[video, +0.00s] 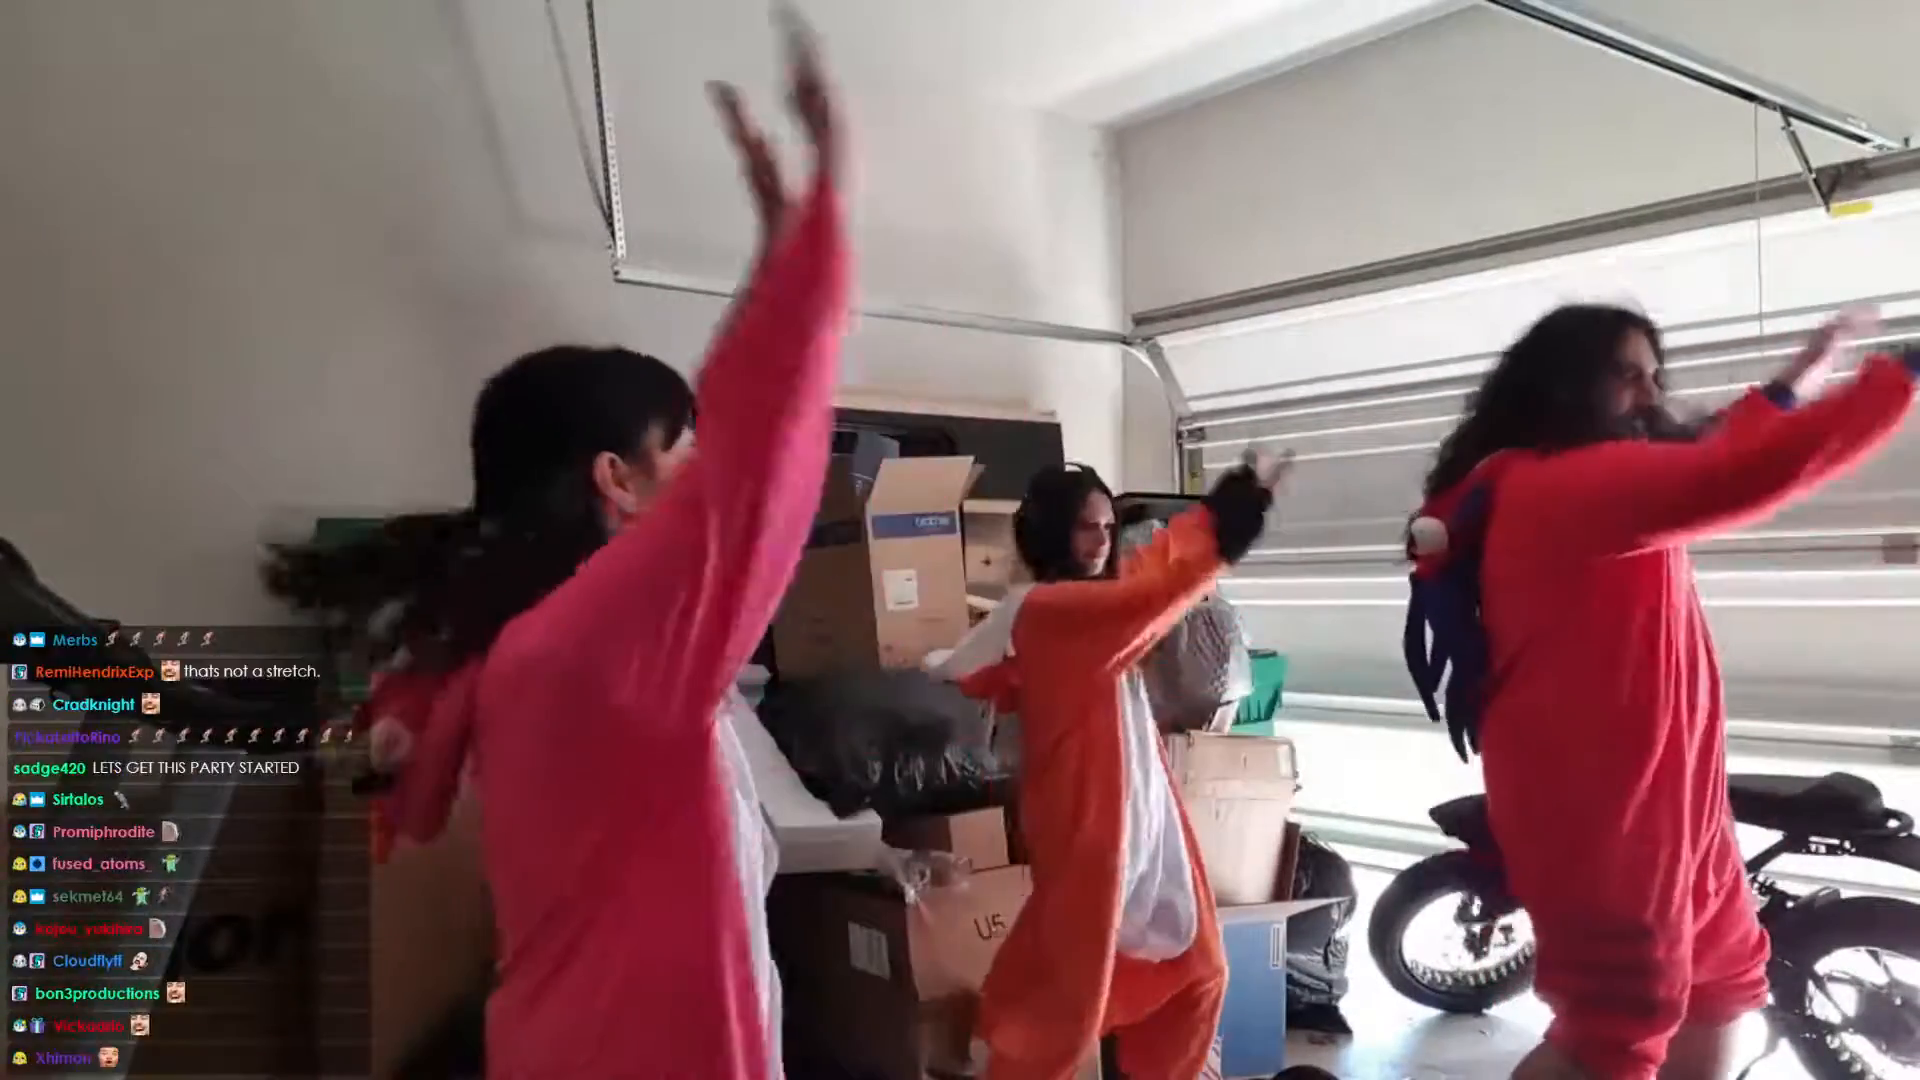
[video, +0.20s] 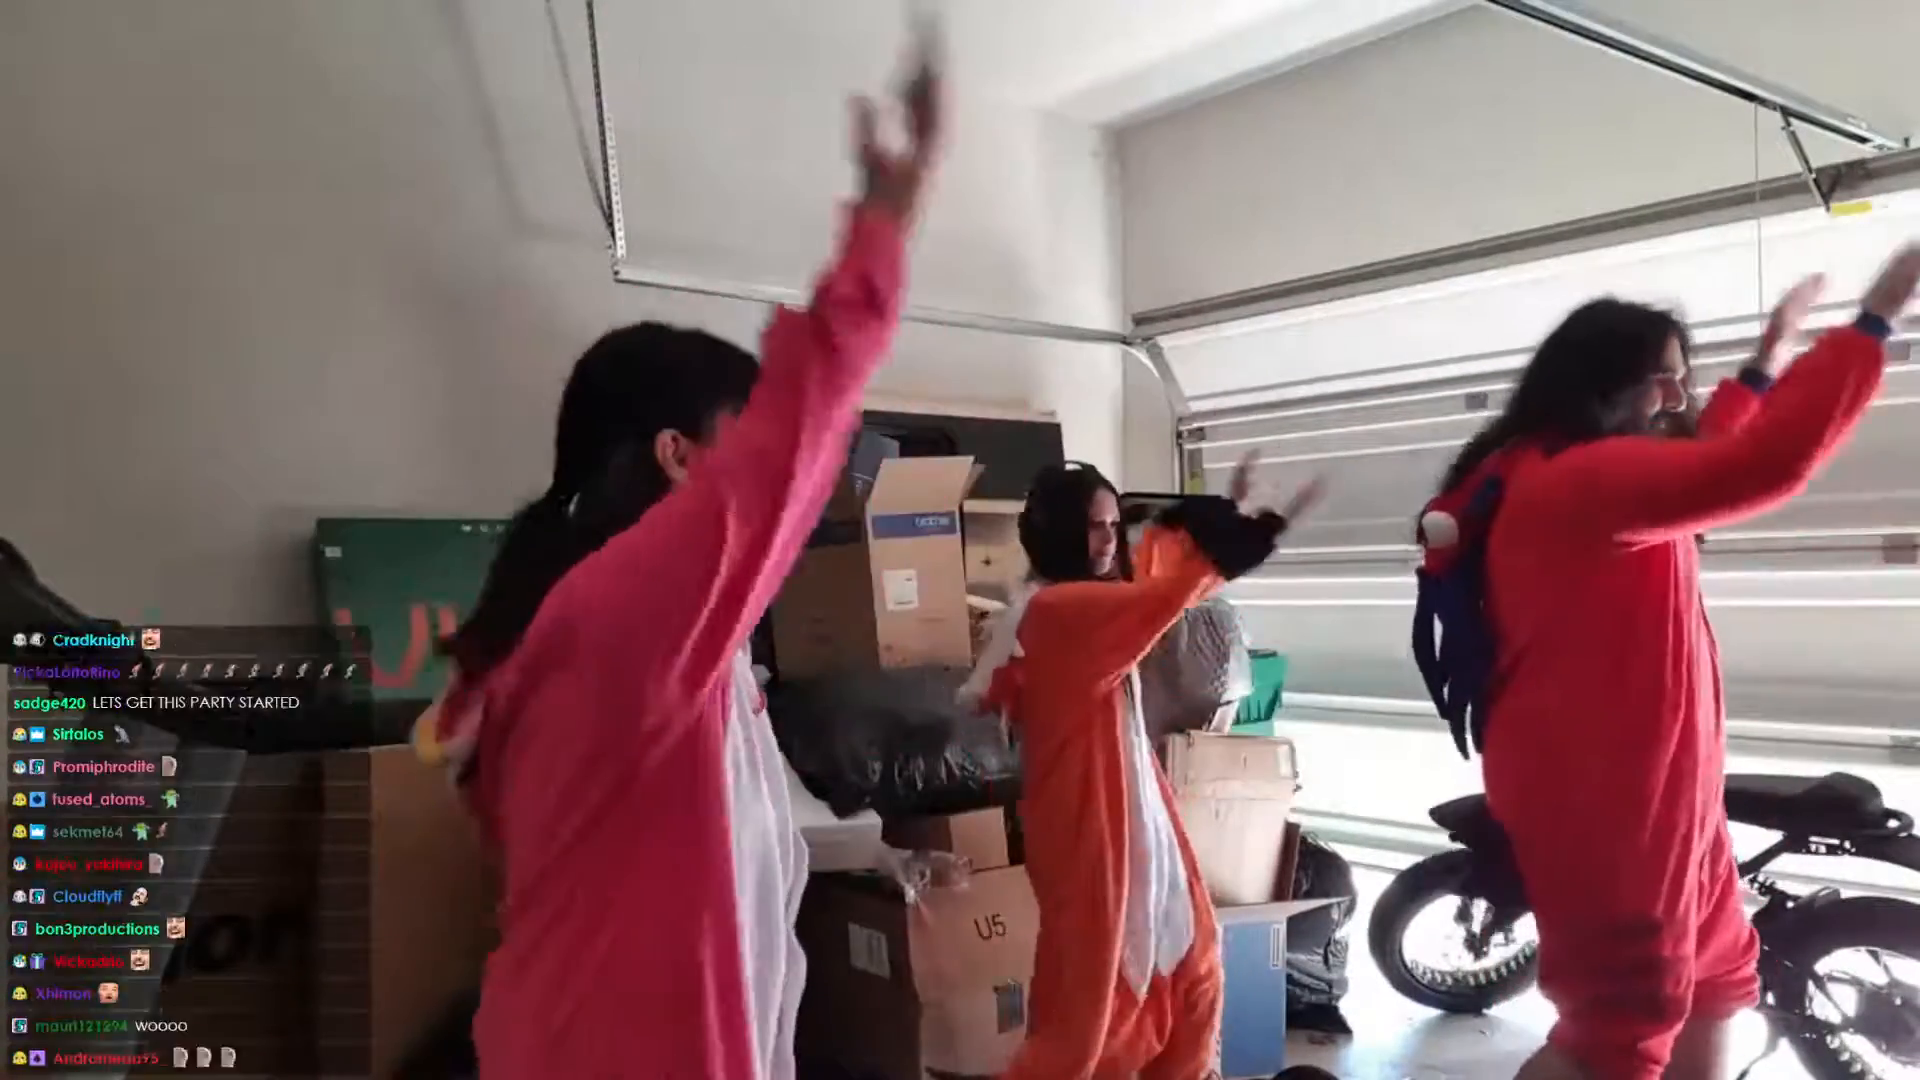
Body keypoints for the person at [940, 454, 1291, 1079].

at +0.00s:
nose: (1105, 539)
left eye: (1109, 525)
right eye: (1090, 526)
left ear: (1111, 529)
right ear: (1053, 532)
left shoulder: (1086, 605)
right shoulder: (1043, 609)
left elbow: (1159, 571)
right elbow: (1155, 591)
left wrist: (1237, 498)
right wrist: (1241, 503)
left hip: (1143, 805)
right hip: (1084, 813)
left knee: (1197, 971)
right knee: (1067, 981)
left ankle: (1158, 1071)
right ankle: (1019, 1064)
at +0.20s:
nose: (1110, 540)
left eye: (1114, 526)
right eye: (1096, 527)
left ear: (1117, 527)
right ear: (1057, 532)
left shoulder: (1096, 598)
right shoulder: (1052, 608)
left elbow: (1161, 552)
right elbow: (1159, 596)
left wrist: (1228, 507)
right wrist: (1265, 528)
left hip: (1138, 798)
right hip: (1083, 814)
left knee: (1193, 964)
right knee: (1094, 972)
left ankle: (1185, 1071)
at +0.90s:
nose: (1123, 539)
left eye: (1123, 526)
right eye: (1116, 528)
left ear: (1038, 539)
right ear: (1096, 537)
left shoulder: (1068, 617)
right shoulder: (1071, 616)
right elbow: (1150, 546)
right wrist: (1193, 449)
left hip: (1138, 813)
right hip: (1095, 821)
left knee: (1193, 971)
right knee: (1080, 976)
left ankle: (1163, 1065)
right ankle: (1036, 1059)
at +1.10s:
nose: (1132, 531)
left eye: (1132, 519)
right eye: (1124, 519)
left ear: (1041, 532)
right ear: (1109, 530)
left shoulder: (1030, 606)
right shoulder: (1067, 603)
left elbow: (986, 693)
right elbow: (1155, 543)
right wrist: (1253, 481)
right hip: (1077, 809)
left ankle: (1174, 1063)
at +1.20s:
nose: (1122, 517)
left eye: (1122, 502)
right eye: (1107, 501)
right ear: (1064, 507)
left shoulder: (1087, 588)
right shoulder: (1060, 589)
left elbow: (1009, 638)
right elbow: (1170, 598)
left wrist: (976, 653)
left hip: (1101, 804)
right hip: (1040, 810)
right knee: (1029, 995)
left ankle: (1147, 1062)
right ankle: (1000, 1067)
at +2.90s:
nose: (1142, 537)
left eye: (1144, 524)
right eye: (1131, 525)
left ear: (1077, 530)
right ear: (1096, 530)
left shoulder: (1089, 598)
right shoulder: (1068, 608)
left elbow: (1161, 549)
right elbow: (1178, 599)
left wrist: (1231, 507)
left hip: (1133, 801)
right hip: (1083, 812)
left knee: (1200, 961)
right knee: (1089, 980)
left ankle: (1186, 1072)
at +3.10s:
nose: (1150, 538)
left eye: (1153, 525)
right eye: (1138, 523)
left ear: (1076, 529)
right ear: (1100, 526)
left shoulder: (1061, 593)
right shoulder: (1082, 606)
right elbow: (1163, 692)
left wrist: (1202, 768)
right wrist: (1209, 776)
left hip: (1080, 819)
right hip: (1030, 819)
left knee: (1120, 972)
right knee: (1021, 977)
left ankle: (1133, 1066)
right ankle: (991, 1068)